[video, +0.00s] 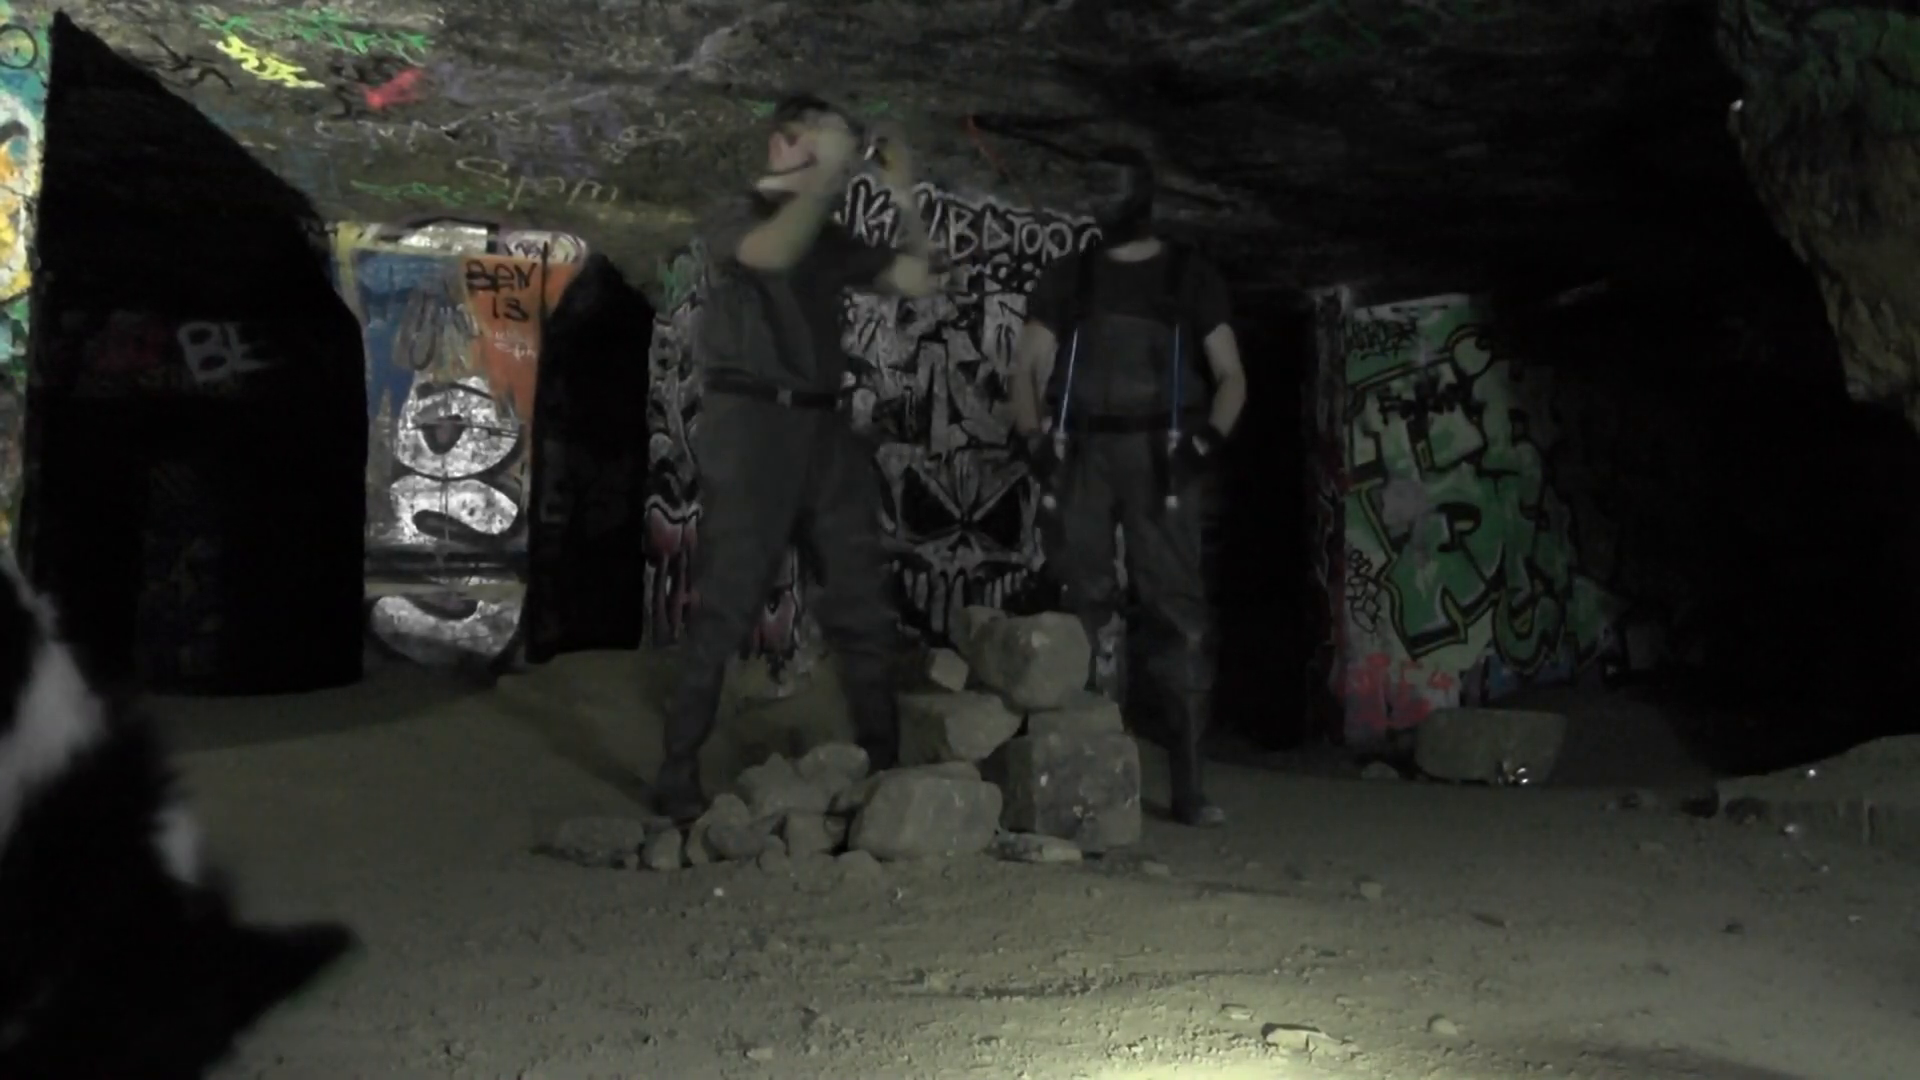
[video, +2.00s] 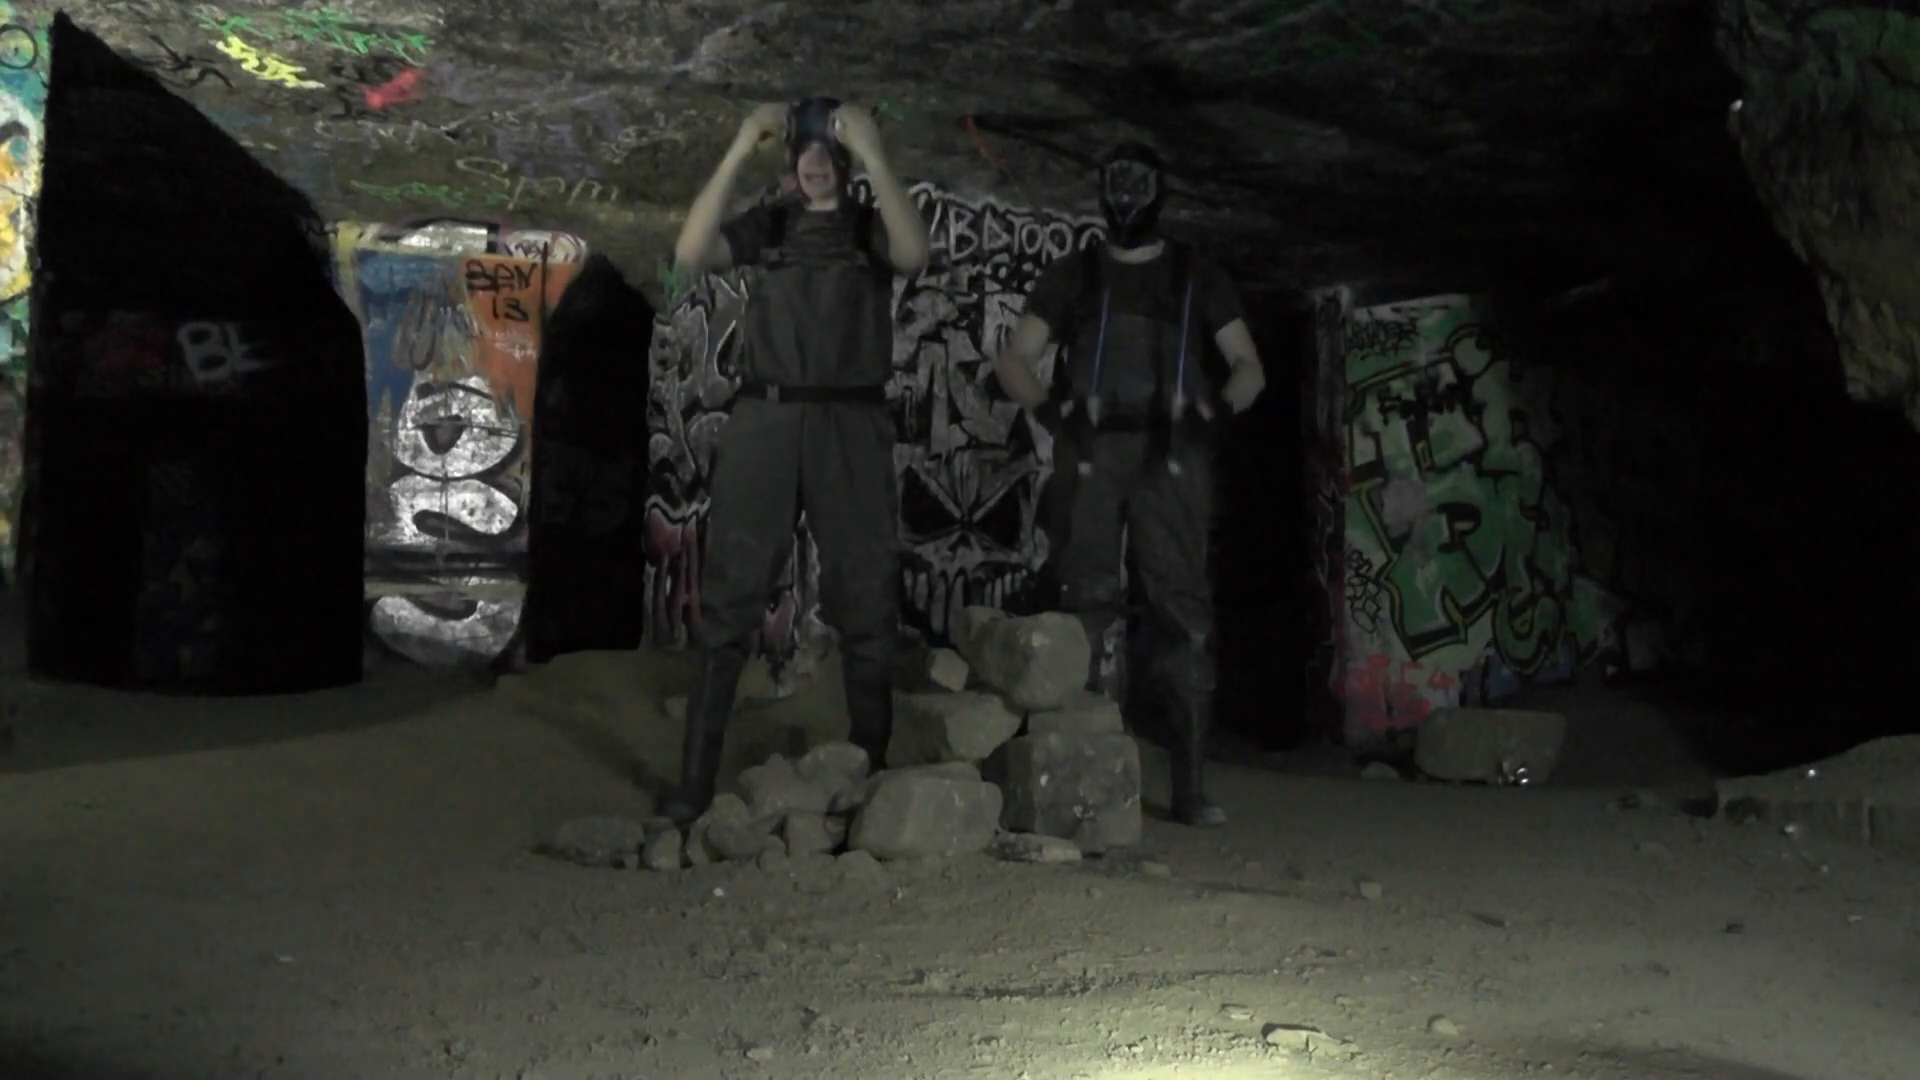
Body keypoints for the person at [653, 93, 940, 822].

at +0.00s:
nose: (817, 161)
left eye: (826, 150)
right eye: (806, 145)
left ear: (834, 163)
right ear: (777, 146)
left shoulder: (828, 237)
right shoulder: (731, 217)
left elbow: (915, 276)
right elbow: (768, 252)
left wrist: (903, 192)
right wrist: (824, 178)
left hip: (823, 434)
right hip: (746, 429)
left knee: (860, 598)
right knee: (729, 601)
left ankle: (882, 766)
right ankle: (679, 771)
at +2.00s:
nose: (815, 164)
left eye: (827, 154)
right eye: (804, 154)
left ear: (848, 164)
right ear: (787, 165)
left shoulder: (870, 226)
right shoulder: (765, 225)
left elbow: (911, 255)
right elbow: (692, 250)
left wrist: (870, 157)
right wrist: (738, 154)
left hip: (852, 435)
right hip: (763, 432)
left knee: (865, 608)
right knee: (730, 605)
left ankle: (869, 777)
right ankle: (695, 785)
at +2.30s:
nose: (808, 181)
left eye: (825, 167)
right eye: (797, 166)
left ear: (851, 172)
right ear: (775, 171)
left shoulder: (874, 240)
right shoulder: (758, 237)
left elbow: (914, 322)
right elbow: (692, 308)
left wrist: (867, 217)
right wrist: (747, 216)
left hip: (854, 442)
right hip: (763, 439)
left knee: (867, 614)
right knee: (730, 609)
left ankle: (872, 779)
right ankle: (696, 785)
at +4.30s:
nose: (812, 209)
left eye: (827, 196)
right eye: (800, 194)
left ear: (848, 181)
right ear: (780, 175)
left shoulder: (875, 240)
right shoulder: (741, 237)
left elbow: (905, 343)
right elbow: (708, 336)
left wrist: (847, 328)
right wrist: (770, 319)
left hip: (850, 446)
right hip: (758, 443)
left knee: (865, 611)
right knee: (731, 607)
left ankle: (875, 776)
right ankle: (695, 783)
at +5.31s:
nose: (815, 183)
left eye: (829, 170)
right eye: (804, 167)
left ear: (851, 168)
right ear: (784, 160)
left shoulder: (875, 239)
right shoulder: (744, 235)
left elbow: (916, 350)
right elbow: (699, 341)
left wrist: (881, 275)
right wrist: (744, 290)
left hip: (854, 441)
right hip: (763, 439)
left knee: (868, 613)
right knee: (732, 608)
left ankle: (874, 780)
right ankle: (695, 788)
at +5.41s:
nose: (815, 180)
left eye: (828, 169)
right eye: (804, 166)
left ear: (849, 167)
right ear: (785, 160)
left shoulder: (876, 240)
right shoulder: (750, 236)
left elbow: (918, 341)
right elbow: (709, 335)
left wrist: (930, 429)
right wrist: (694, 431)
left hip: (854, 442)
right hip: (762, 440)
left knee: (869, 613)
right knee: (731, 607)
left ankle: (873, 777)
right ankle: (694, 785)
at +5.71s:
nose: (820, 173)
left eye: (834, 161)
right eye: (808, 158)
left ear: (854, 164)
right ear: (785, 156)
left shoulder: (877, 236)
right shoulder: (754, 229)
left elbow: (925, 326)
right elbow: (701, 321)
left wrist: (959, 404)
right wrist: (639, 393)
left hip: (855, 441)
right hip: (764, 439)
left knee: (867, 612)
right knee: (733, 608)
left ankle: (873, 776)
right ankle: (694, 785)